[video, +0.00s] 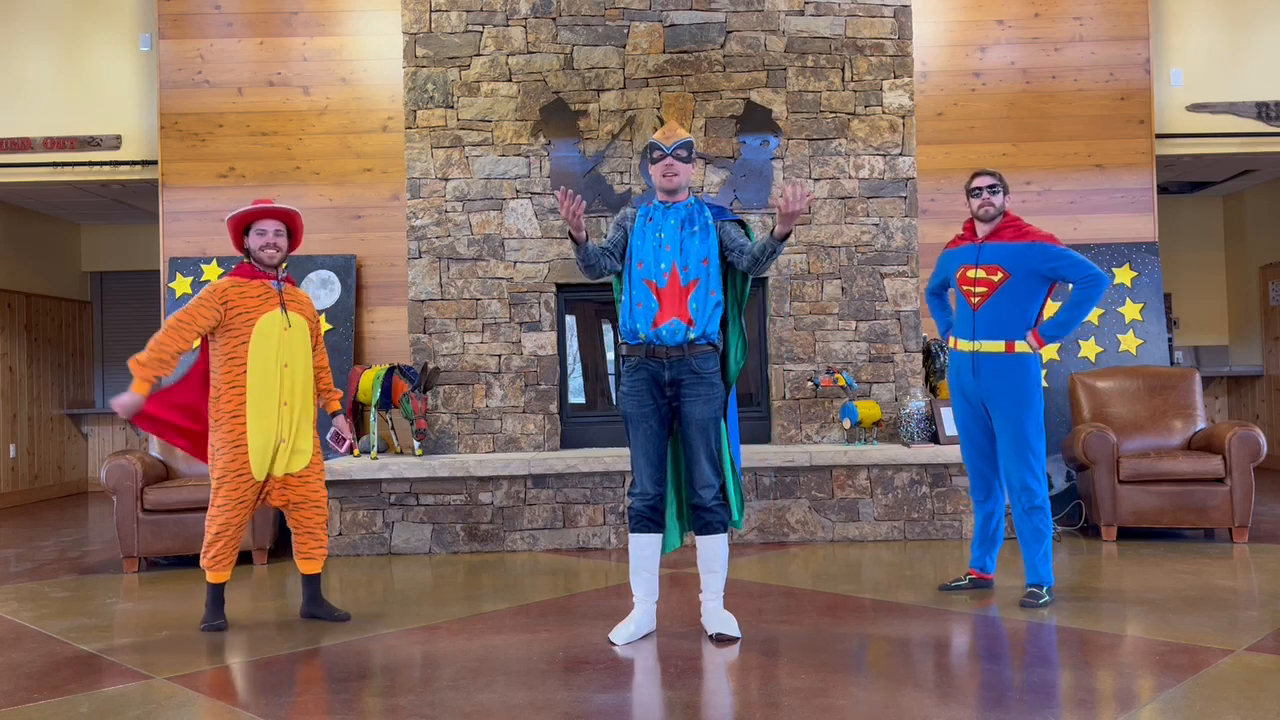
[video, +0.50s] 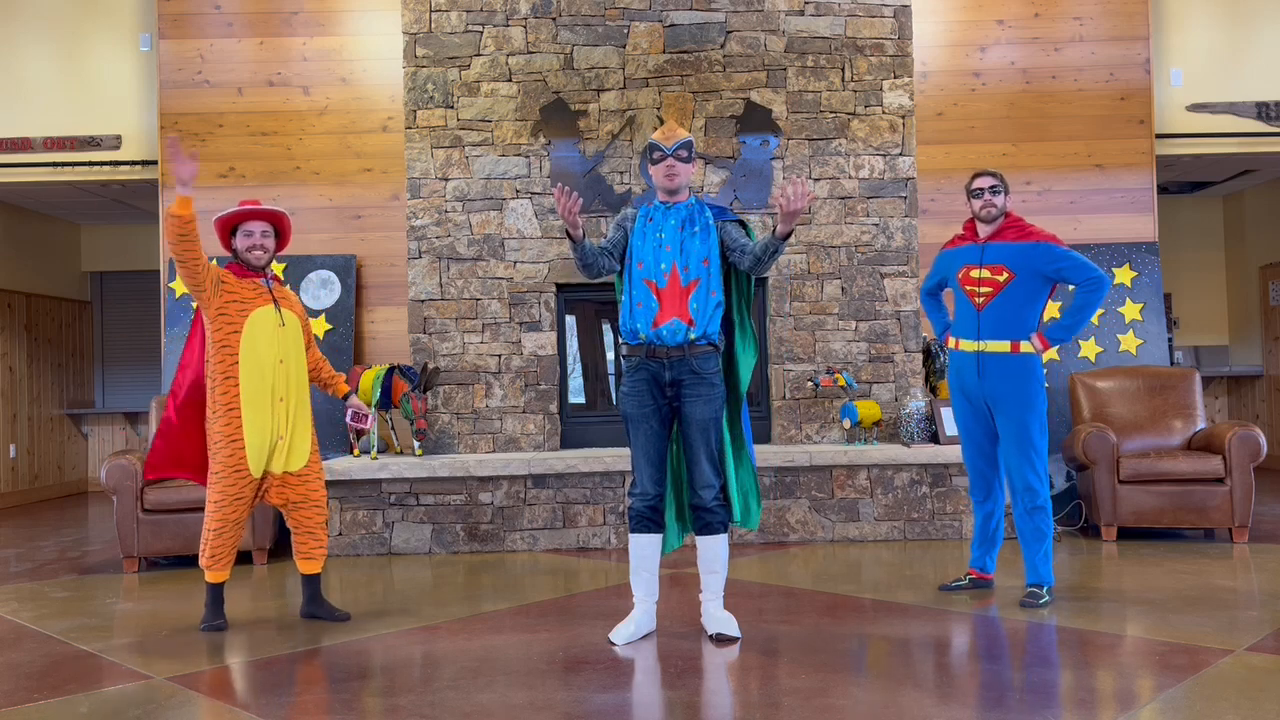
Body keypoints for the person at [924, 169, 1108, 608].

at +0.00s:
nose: (984, 198)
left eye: (992, 190)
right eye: (976, 192)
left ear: (1006, 198)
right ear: (967, 203)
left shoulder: (1032, 245)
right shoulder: (953, 253)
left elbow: (1094, 280)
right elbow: (933, 292)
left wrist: (1047, 333)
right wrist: (948, 328)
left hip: (1014, 373)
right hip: (964, 373)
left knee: (1025, 481)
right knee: (982, 479)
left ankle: (1039, 581)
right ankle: (981, 572)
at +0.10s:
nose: (985, 198)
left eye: (993, 191)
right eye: (977, 193)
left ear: (1007, 199)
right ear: (968, 203)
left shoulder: (1033, 246)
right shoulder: (954, 253)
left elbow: (1095, 280)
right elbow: (932, 292)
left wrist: (1048, 334)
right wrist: (946, 328)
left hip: (1014, 372)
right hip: (964, 373)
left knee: (1026, 479)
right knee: (981, 478)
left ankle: (1040, 581)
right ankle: (981, 571)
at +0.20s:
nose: (986, 198)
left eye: (994, 191)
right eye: (977, 193)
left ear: (1007, 198)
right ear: (968, 203)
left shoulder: (1034, 246)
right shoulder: (954, 252)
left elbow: (1095, 280)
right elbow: (931, 292)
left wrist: (1048, 335)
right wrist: (946, 328)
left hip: (1015, 373)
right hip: (964, 374)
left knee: (1026, 479)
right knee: (981, 478)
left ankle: (1040, 581)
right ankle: (981, 571)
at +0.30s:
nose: (986, 199)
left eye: (994, 191)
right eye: (977, 193)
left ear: (1007, 198)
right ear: (968, 203)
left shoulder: (1034, 246)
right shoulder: (952, 253)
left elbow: (1096, 282)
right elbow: (929, 293)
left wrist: (1051, 336)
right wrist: (945, 329)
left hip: (1016, 372)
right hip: (964, 373)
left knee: (1027, 480)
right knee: (981, 479)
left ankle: (1039, 582)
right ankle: (981, 571)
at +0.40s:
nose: (986, 199)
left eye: (994, 191)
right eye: (977, 193)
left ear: (1007, 199)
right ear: (968, 203)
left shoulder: (1034, 246)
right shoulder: (952, 253)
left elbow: (1096, 282)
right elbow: (929, 293)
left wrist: (1051, 336)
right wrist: (945, 330)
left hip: (1016, 372)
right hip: (964, 373)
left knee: (1027, 480)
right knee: (981, 479)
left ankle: (1039, 582)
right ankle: (981, 571)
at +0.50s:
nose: (986, 199)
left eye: (994, 192)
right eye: (977, 194)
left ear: (1007, 199)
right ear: (968, 204)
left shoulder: (1035, 246)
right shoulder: (952, 253)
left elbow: (1096, 281)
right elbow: (928, 292)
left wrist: (1051, 336)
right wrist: (944, 330)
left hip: (1017, 373)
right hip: (964, 374)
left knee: (1027, 480)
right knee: (982, 479)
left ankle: (1039, 582)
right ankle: (981, 571)